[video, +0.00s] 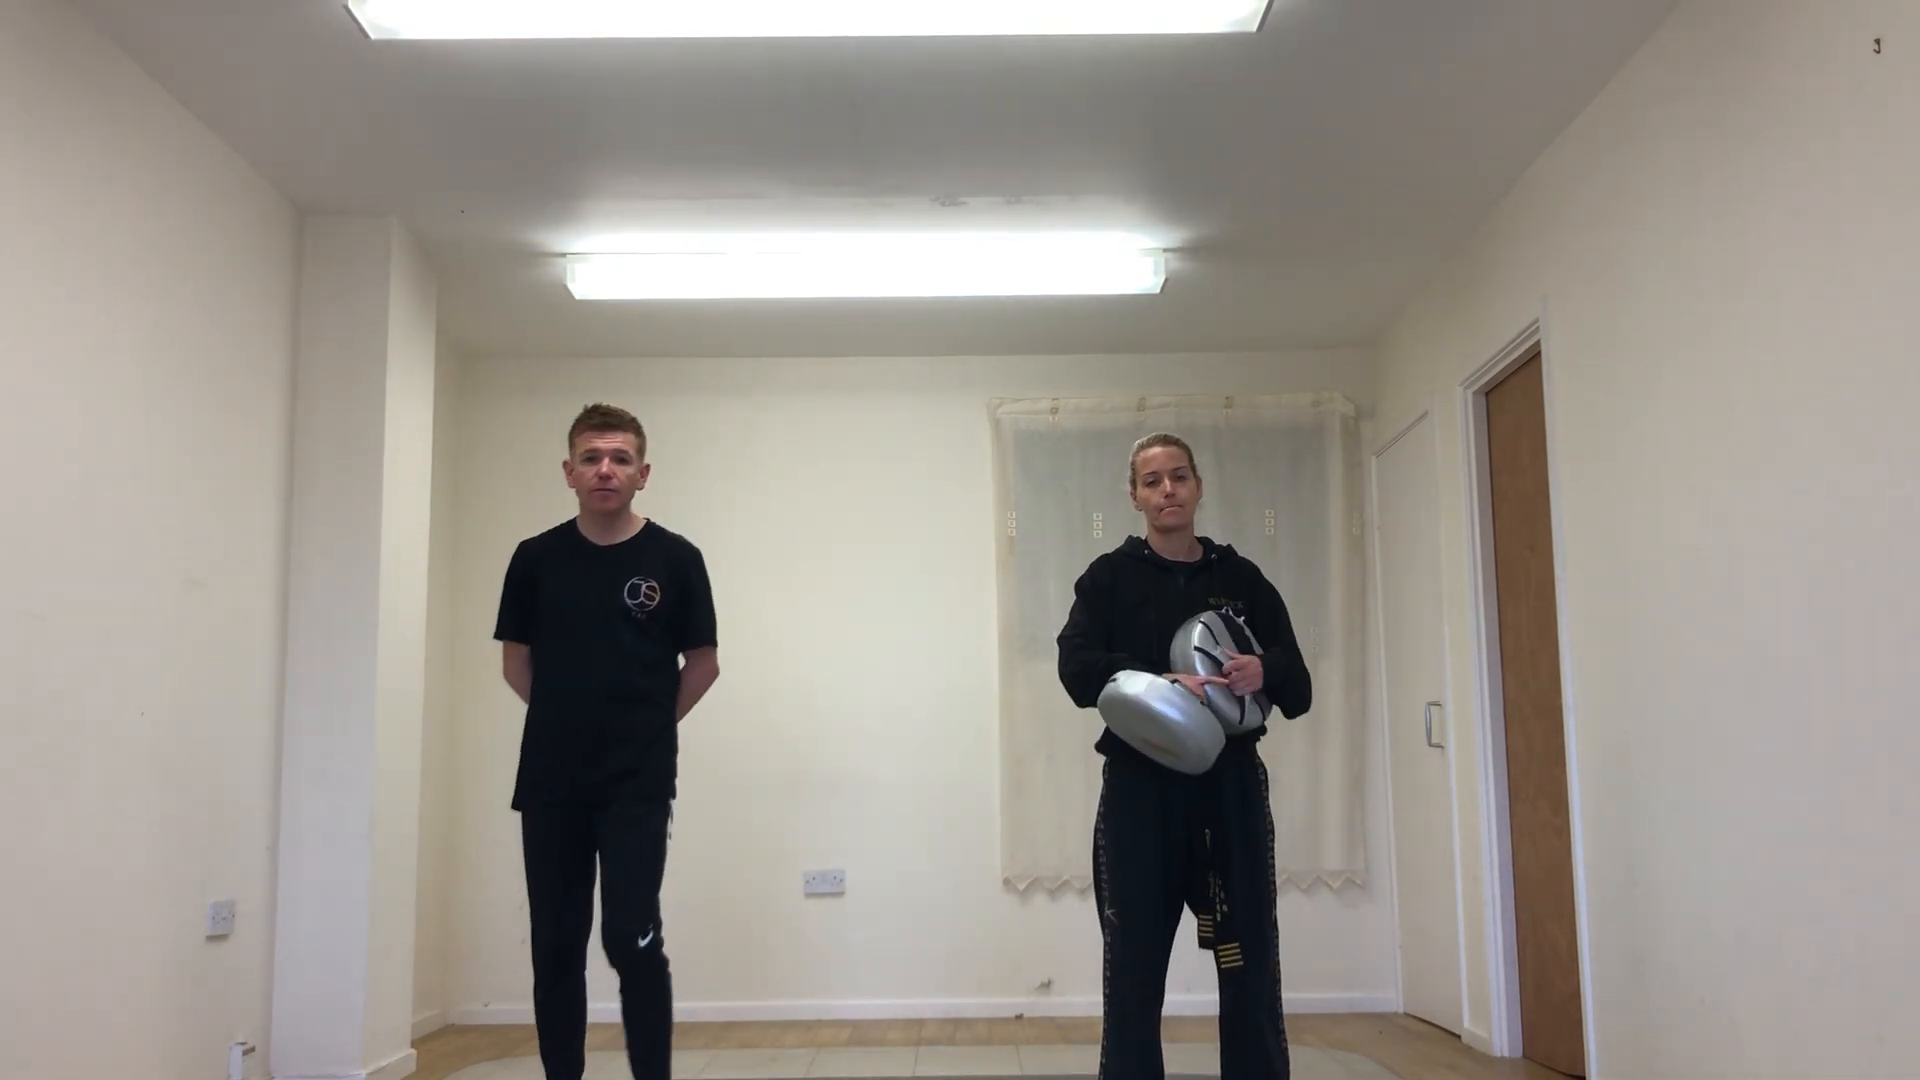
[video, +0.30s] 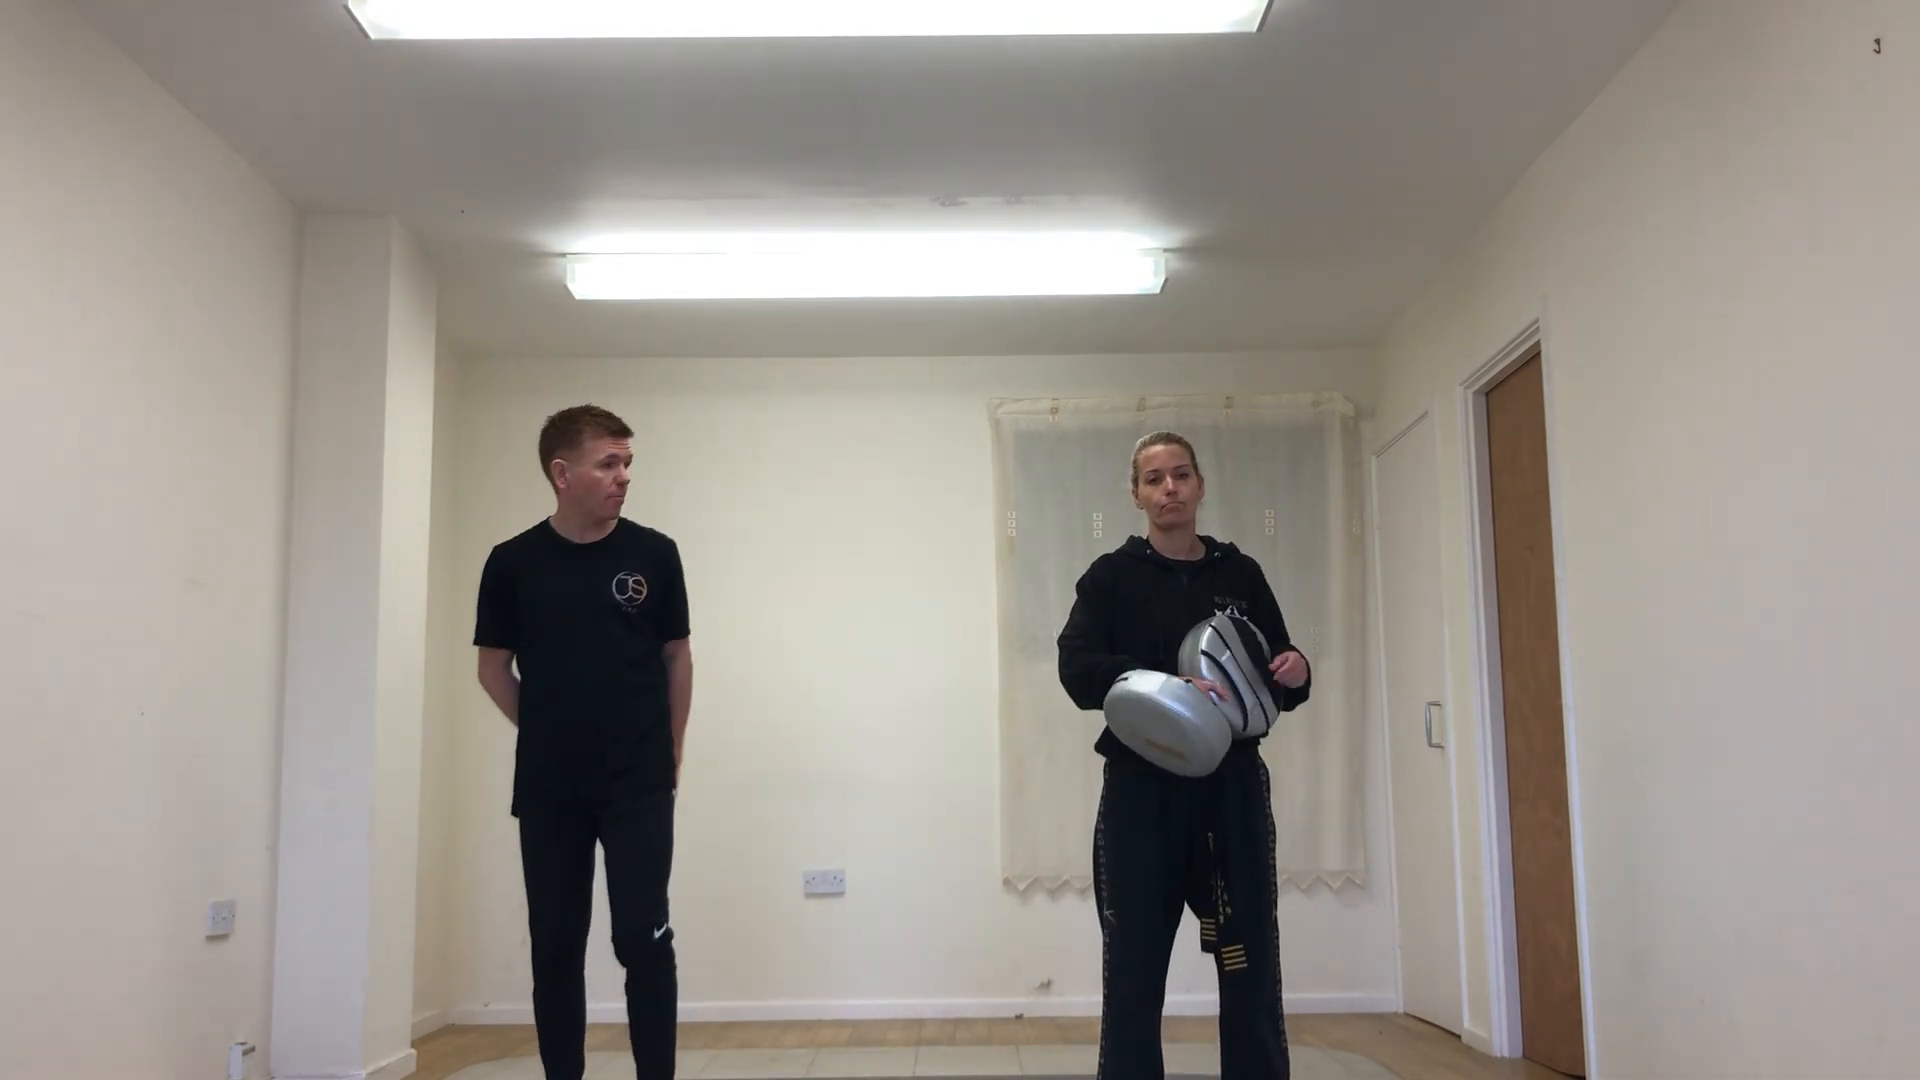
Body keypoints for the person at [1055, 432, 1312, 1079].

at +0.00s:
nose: (1167, 488)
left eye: (1178, 476)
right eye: (1152, 480)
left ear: (1198, 487)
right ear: (1135, 497)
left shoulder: (1241, 576)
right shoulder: (1109, 576)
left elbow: (1297, 693)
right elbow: (1077, 673)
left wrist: (1265, 672)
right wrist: (1160, 684)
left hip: (1233, 784)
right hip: (1140, 784)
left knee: (1251, 964)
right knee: (1134, 969)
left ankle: (1259, 1077)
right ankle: (1130, 1079)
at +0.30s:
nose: (1169, 485)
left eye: (1180, 474)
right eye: (1154, 478)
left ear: (1200, 485)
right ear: (1136, 494)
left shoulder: (1240, 571)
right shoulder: (1109, 576)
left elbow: (1282, 679)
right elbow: (1076, 671)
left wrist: (1295, 671)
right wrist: (1167, 689)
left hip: (1234, 784)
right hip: (1140, 785)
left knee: (1250, 961)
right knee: (1134, 966)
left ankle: (1259, 1077)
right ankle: (1129, 1078)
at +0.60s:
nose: (1172, 484)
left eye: (1183, 472)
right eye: (1157, 476)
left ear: (1203, 484)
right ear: (1139, 492)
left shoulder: (1239, 569)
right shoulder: (1110, 574)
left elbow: (1275, 667)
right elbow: (1079, 668)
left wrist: (1292, 664)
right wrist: (1166, 694)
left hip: (1235, 780)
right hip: (1141, 782)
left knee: (1250, 955)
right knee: (1134, 961)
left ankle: (1260, 1076)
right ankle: (1128, 1076)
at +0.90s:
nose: (1171, 484)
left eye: (1182, 472)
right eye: (1156, 476)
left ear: (1202, 484)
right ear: (1138, 493)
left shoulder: (1239, 568)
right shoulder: (1110, 574)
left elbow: (1306, 662)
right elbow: (1076, 671)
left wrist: (1277, 661)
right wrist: (1161, 692)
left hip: (1232, 782)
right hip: (1139, 785)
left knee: (1249, 961)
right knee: (1133, 966)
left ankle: (1259, 1076)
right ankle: (1127, 1077)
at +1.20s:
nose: (1166, 486)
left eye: (1177, 474)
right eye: (1152, 478)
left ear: (1198, 484)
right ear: (1136, 494)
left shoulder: (1243, 570)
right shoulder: (1109, 577)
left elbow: (1319, 652)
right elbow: (1076, 667)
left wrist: (1272, 668)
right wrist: (1149, 690)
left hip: (1231, 785)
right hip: (1137, 789)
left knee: (1249, 966)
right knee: (1132, 971)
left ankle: (1259, 1078)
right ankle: (1127, 1078)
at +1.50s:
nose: (1165, 488)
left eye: (1176, 475)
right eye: (1150, 479)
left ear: (1198, 485)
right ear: (1135, 495)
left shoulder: (1243, 573)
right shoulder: (1110, 577)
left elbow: (1308, 653)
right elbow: (1072, 664)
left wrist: (1261, 676)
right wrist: (1125, 703)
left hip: (1232, 785)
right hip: (1139, 787)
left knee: (1249, 964)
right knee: (1131, 968)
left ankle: (1258, 1077)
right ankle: (1125, 1078)